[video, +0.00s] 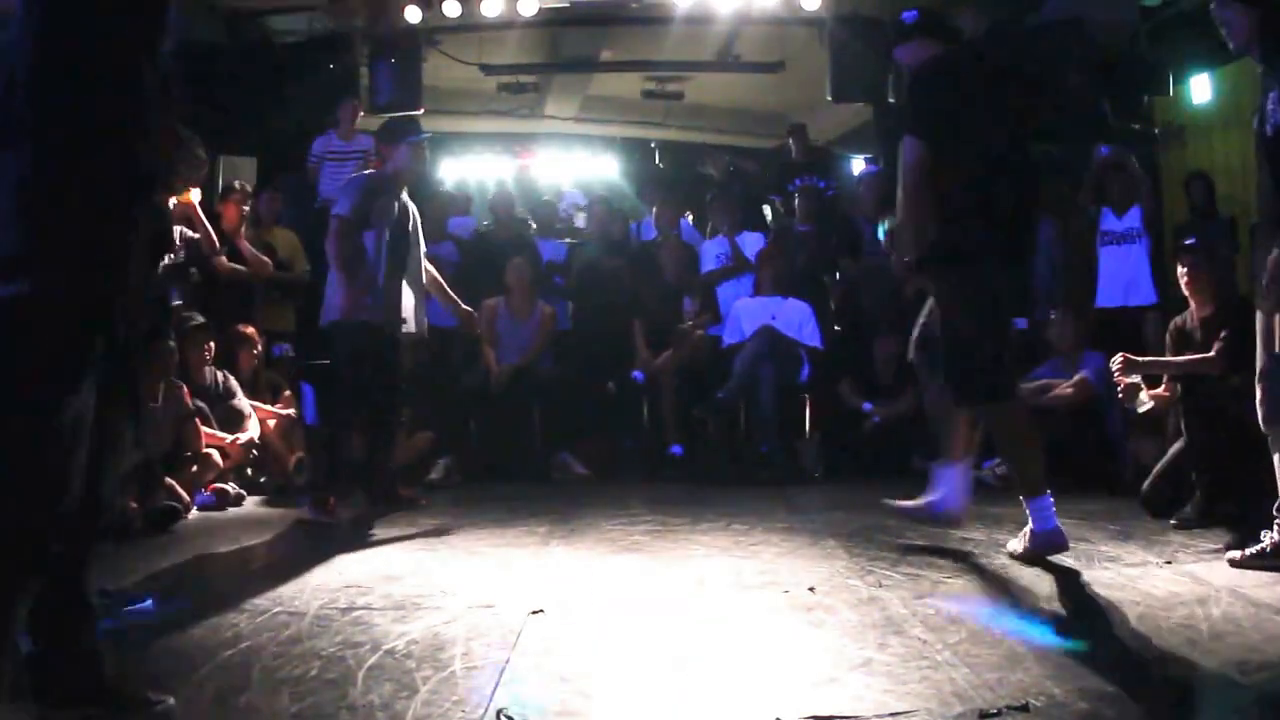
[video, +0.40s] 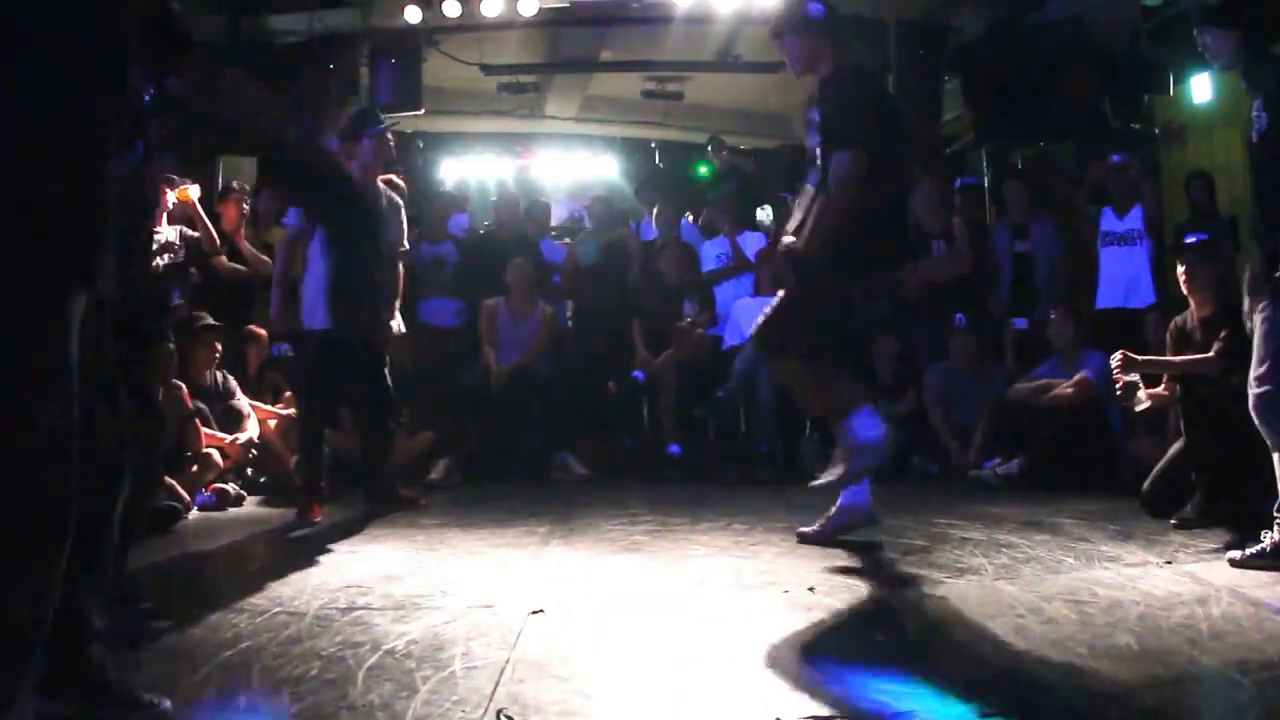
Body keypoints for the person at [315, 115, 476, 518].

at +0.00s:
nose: (422, 155)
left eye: (422, 147)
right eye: (413, 147)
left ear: (409, 152)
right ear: (387, 150)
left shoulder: (406, 207)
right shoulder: (363, 186)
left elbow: (421, 267)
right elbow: (338, 236)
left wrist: (458, 307)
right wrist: (353, 288)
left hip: (391, 323)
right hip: (353, 320)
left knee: (387, 407)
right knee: (343, 407)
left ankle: (382, 486)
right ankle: (331, 492)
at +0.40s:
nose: (390, 148)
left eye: (389, 141)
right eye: (381, 141)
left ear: (381, 149)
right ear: (354, 146)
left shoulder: (390, 202)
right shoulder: (321, 192)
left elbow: (398, 260)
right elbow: (290, 246)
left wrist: (394, 310)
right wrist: (280, 302)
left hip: (368, 323)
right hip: (319, 322)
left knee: (379, 409)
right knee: (313, 414)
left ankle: (380, 487)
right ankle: (310, 498)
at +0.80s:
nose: (331, 159)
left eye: (337, 150)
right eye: (324, 151)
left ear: (345, 148)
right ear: (305, 148)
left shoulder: (364, 191)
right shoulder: (277, 196)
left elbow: (397, 251)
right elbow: (255, 260)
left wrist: (412, 278)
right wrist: (249, 319)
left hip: (347, 326)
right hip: (294, 325)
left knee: (360, 413)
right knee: (297, 417)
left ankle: (363, 497)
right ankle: (309, 497)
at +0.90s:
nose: (329, 162)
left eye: (335, 153)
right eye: (321, 153)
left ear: (345, 147)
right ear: (304, 147)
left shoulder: (363, 185)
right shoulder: (278, 186)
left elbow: (418, 205)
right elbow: (253, 252)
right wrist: (249, 316)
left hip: (346, 321)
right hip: (293, 320)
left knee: (348, 411)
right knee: (297, 413)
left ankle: (348, 501)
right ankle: (308, 498)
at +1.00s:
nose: (331, 145)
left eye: (338, 138)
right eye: (324, 136)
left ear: (346, 142)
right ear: (306, 137)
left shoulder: (360, 185)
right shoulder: (278, 186)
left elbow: (408, 164)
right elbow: (254, 252)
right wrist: (249, 316)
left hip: (343, 317)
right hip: (291, 317)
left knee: (344, 411)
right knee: (296, 409)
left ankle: (345, 505)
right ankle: (308, 496)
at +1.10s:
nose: (336, 131)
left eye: (342, 124)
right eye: (327, 123)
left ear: (349, 131)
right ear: (307, 132)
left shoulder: (364, 174)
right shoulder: (286, 178)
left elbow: (409, 146)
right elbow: (261, 247)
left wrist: (449, 115)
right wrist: (251, 310)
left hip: (343, 313)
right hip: (291, 312)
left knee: (341, 413)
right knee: (296, 413)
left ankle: (342, 509)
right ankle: (308, 496)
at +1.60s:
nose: (339, 125)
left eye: (344, 116)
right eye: (330, 115)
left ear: (349, 121)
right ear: (307, 117)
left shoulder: (360, 164)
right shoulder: (275, 172)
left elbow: (413, 171)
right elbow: (251, 240)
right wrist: (253, 305)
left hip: (347, 308)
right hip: (293, 308)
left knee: (344, 415)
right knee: (292, 415)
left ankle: (341, 510)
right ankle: (290, 512)